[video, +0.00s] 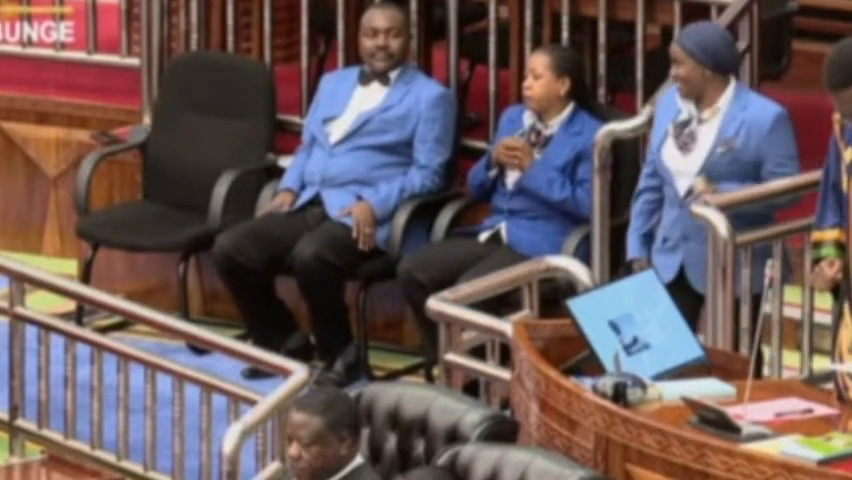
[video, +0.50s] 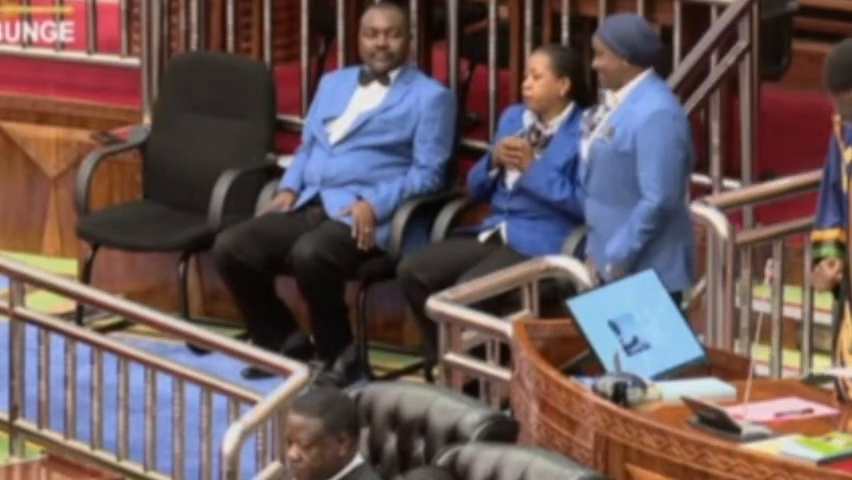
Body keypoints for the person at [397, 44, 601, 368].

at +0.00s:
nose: (526, 85)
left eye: (536, 78)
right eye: (526, 76)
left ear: (563, 86)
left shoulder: (590, 134)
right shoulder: (512, 118)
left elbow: (589, 207)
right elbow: (475, 190)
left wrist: (530, 169)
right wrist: (493, 163)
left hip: (538, 249)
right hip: (493, 238)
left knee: (464, 295)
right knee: (413, 269)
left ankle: (483, 380)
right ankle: (444, 365)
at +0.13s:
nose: (526, 85)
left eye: (536, 78)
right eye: (526, 76)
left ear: (563, 86)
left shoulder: (590, 134)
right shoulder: (512, 118)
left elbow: (589, 207)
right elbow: (475, 190)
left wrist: (530, 169)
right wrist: (493, 163)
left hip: (538, 249)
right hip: (493, 238)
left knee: (464, 295)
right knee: (413, 269)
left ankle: (483, 380)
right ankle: (444, 365)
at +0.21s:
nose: (526, 85)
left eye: (536, 78)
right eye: (526, 77)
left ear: (563, 86)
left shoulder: (590, 134)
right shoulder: (512, 118)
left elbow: (589, 207)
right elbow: (475, 190)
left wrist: (531, 169)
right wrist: (493, 162)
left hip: (538, 249)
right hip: (493, 238)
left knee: (464, 295)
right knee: (414, 269)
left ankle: (482, 380)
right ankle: (444, 363)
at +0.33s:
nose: (526, 85)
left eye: (536, 78)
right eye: (526, 77)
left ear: (564, 86)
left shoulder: (590, 134)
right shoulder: (512, 118)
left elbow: (589, 207)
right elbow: (475, 190)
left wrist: (531, 170)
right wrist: (494, 163)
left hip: (538, 249)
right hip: (493, 237)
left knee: (466, 295)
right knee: (414, 270)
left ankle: (482, 381)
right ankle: (444, 365)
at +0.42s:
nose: (526, 85)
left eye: (536, 78)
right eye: (526, 77)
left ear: (564, 86)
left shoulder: (587, 133)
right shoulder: (512, 118)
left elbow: (587, 206)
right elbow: (475, 189)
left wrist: (531, 170)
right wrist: (494, 162)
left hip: (538, 248)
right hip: (494, 236)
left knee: (465, 296)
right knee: (414, 269)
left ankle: (480, 378)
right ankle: (445, 362)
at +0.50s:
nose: (526, 85)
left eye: (536, 77)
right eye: (526, 77)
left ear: (564, 86)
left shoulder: (584, 130)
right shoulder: (513, 118)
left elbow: (584, 206)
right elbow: (475, 189)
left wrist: (530, 170)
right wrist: (493, 162)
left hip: (537, 248)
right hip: (494, 236)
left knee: (465, 296)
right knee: (414, 269)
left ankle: (479, 379)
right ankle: (445, 363)